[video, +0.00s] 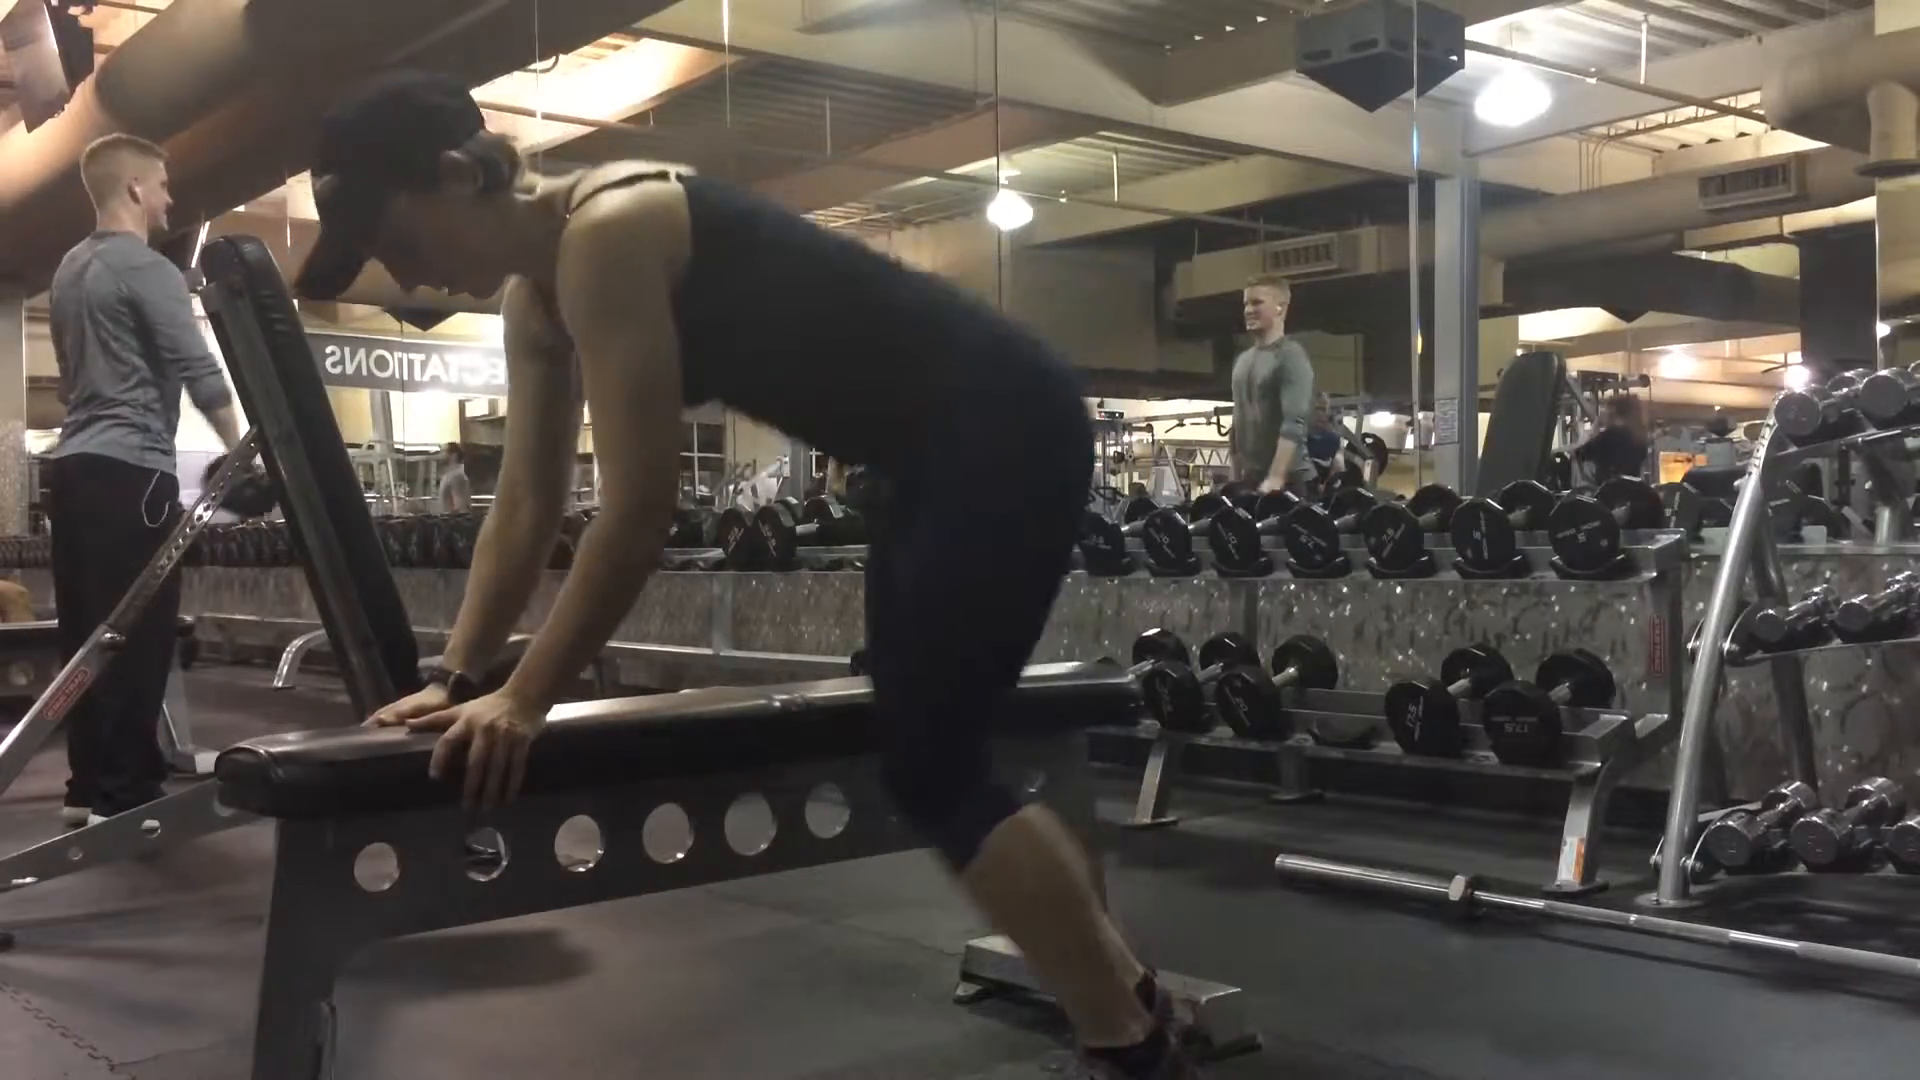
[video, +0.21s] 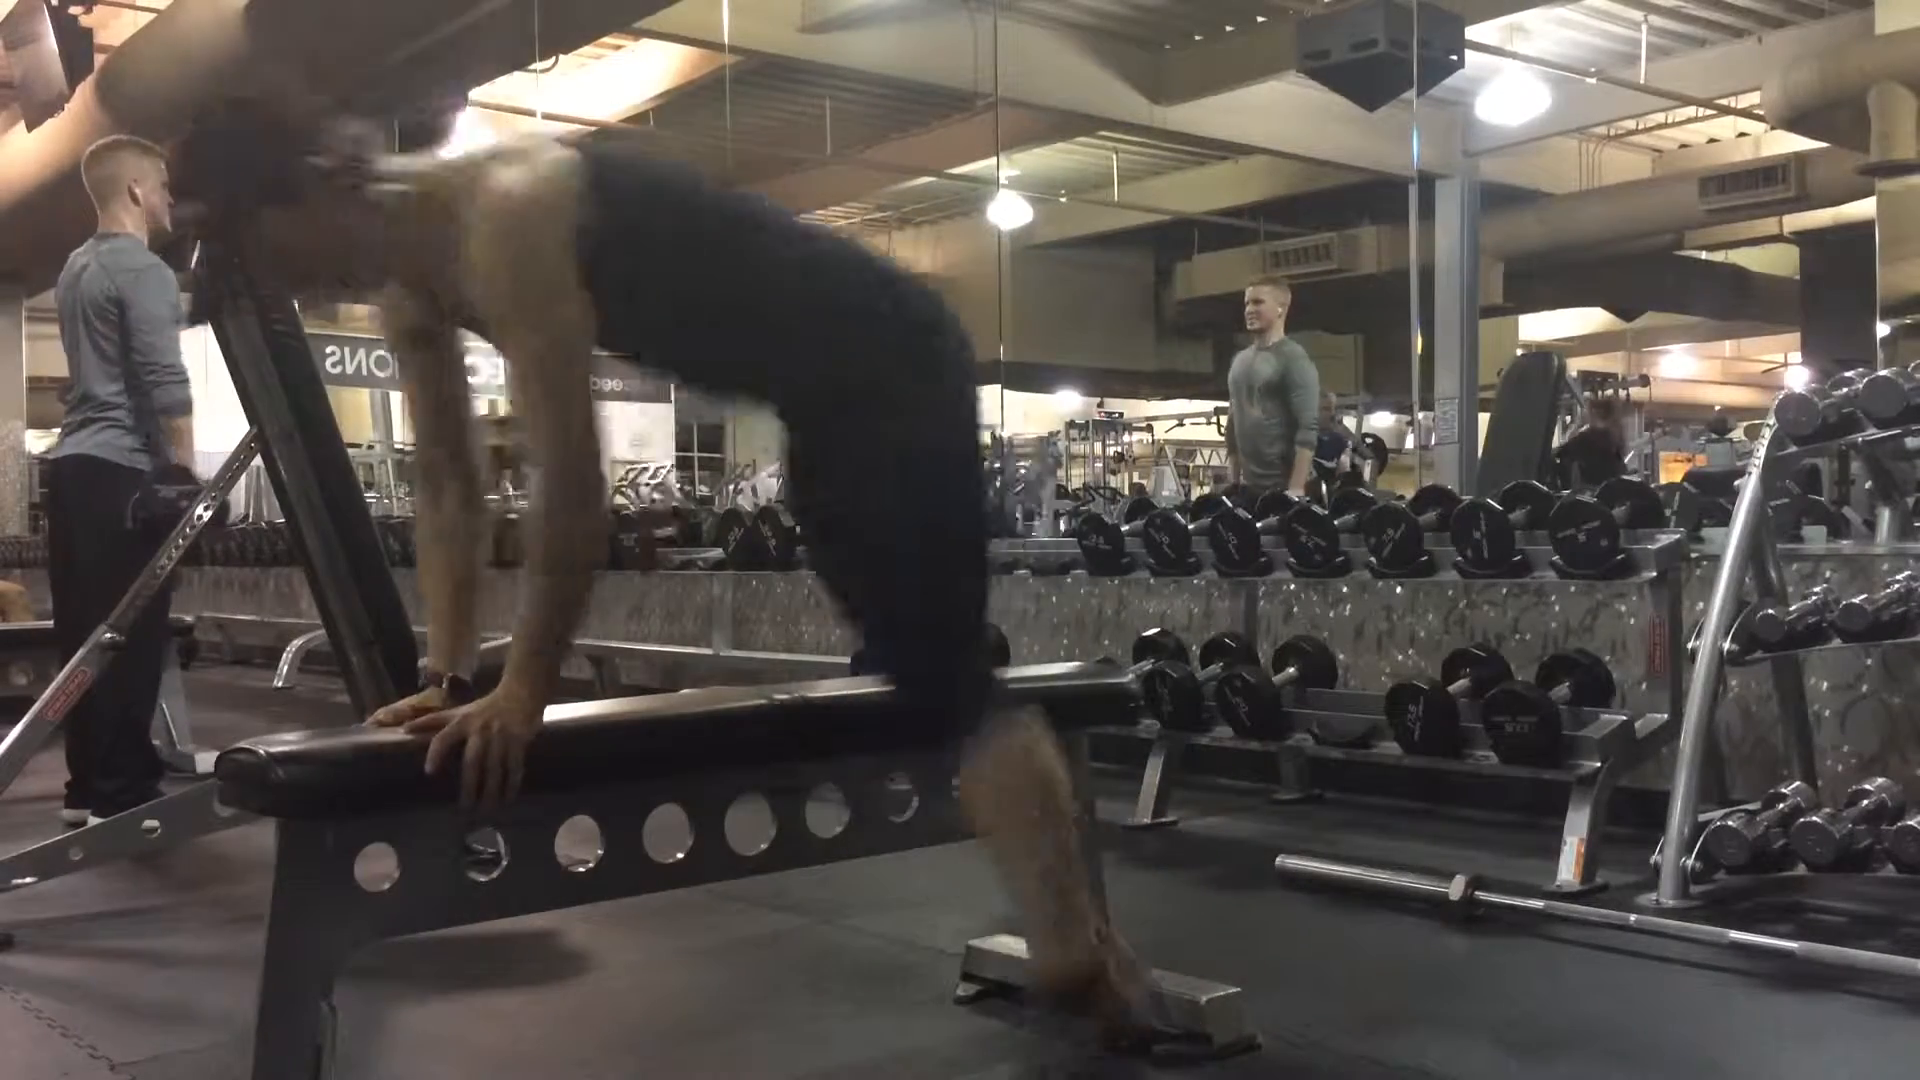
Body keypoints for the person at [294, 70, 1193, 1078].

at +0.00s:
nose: (402, 283)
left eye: (394, 245)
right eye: (382, 261)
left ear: (455, 179)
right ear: (454, 192)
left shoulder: (610, 239)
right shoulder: (539, 287)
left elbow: (638, 505)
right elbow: (525, 495)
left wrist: (522, 695)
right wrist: (458, 674)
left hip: (996, 430)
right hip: (926, 453)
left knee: (934, 769)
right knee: (936, 756)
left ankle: (1128, 1036)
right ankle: (1123, 992)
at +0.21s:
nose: (274, 281)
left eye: (260, 248)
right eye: (251, 263)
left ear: (314, 181)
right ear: (296, 210)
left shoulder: (512, 218)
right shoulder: (411, 279)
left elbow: (570, 492)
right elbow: (444, 478)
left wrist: (522, 688)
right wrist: (448, 670)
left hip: (887, 356)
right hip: (824, 385)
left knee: (957, 681)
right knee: (948, 677)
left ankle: (1077, 956)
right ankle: (1077, 940)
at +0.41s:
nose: (238, 324)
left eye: (222, 297)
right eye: (211, 313)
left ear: (253, 205)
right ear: (238, 216)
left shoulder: (425, 202)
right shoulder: (337, 266)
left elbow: (508, 459)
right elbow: (402, 475)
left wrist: (514, 687)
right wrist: (440, 670)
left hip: (776, 196)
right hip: (701, 235)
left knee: (717, 483)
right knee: (685, 504)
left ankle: (953, 444)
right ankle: (934, 441)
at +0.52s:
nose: (232, 341)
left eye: (213, 312)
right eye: (204, 329)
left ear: (247, 224)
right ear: (245, 227)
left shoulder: (421, 201)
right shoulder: (335, 286)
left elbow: (511, 458)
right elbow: (400, 478)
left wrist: (516, 692)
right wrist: (439, 677)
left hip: (748, 202)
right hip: (648, 230)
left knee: (633, 471)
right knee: (574, 473)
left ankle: (830, 369)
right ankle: (803, 373)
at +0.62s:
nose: (214, 340)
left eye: (198, 311)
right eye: (189, 326)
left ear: (240, 221)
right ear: (239, 225)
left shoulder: (418, 206)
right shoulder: (309, 284)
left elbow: (508, 459)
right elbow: (386, 485)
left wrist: (516, 691)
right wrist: (438, 680)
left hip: (718, 201)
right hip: (600, 245)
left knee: (607, 469)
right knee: (552, 473)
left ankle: (760, 530)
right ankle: (712, 545)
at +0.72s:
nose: (245, 320)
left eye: (222, 299)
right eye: (217, 314)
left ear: (246, 213)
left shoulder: (439, 199)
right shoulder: (302, 305)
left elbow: (534, 461)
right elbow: (374, 494)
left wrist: (518, 687)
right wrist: (440, 679)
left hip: (666, 286)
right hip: (551, 310)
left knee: (617, 556)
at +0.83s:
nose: (270, 295)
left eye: (268, 269)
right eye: (251, 284)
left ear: (307, 196)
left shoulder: (486, 217)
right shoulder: (302, 309)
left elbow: (564, 456)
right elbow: (381, 492)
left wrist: (520, 691)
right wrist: (438, 674)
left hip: (628, 415)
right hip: (497, 425)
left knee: (571, 689)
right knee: (461, 705)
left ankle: (602, 917)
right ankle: (468, 936)